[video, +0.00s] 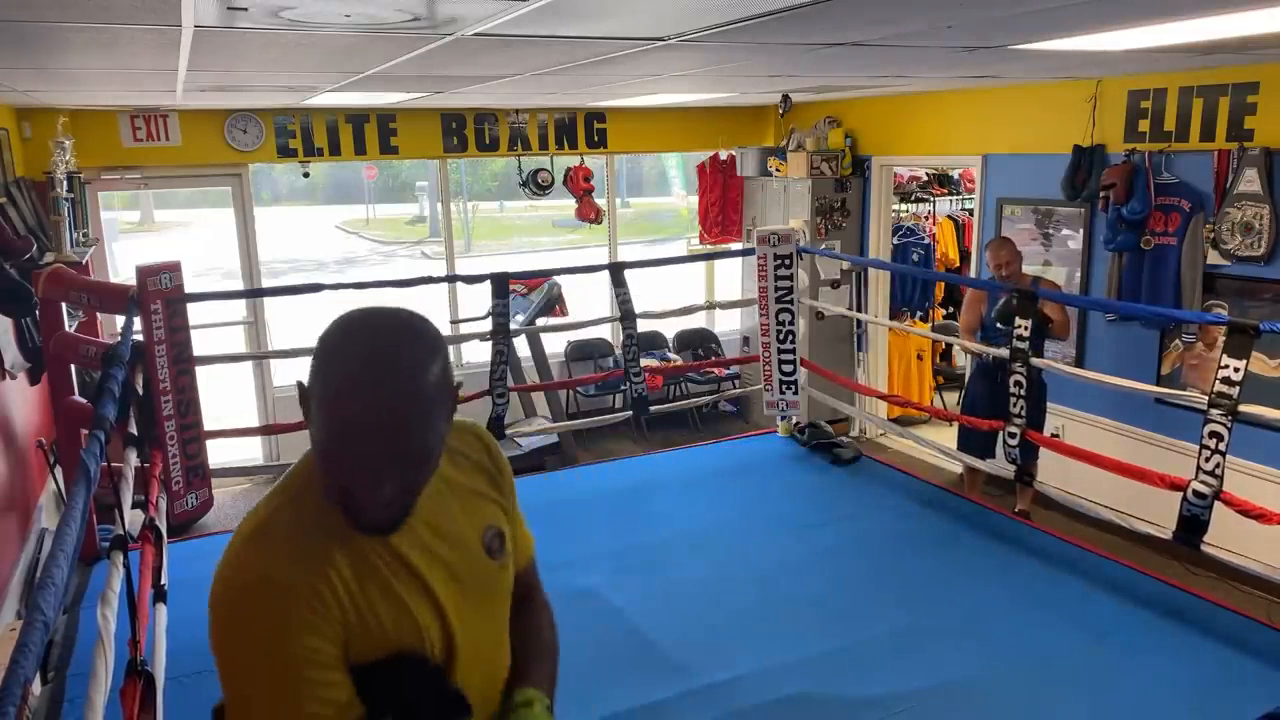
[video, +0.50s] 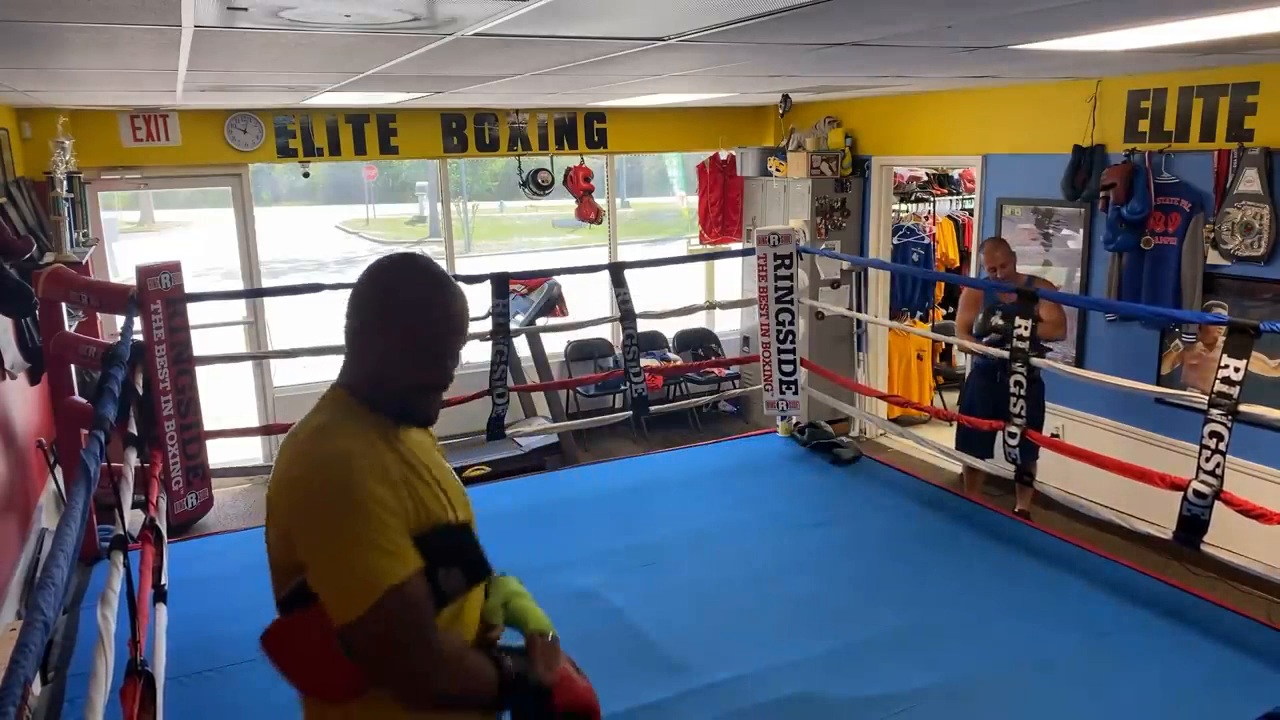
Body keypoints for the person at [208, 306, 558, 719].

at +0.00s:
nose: (377, 500)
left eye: (409, 471)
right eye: (346, 471)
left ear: (451, 411)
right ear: (306, 410)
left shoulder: (477, 457)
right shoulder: (270, 584)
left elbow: (524, 595)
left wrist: (530, 702)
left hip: (496, 699)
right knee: (408, 681)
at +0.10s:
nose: (397, 457)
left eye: (420, 430)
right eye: (368, 433)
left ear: (451, 392)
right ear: (319, 395)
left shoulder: (462, 448)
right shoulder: (284, 550)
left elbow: (509, 571)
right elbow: (326, 706)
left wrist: (523, 676)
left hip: (494, 697)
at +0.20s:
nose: (415, 432)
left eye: (436, 407)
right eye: (389, 411)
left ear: (455, 384)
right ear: (330, 379)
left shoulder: (450, 443)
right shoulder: (298, 522)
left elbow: (494, 559)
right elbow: (342, 706)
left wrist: (522, 667)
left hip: (479, 694)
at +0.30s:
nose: (428, 409)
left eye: (444, 382)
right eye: (398, 391)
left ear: (458, 367)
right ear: (339, 366)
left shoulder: (442, 437)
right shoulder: (311, 505)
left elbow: (476, 545)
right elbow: (359, 703)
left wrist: (523, 644)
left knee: (571, 705)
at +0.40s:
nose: (442, 390)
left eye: (454, 368)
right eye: (416, 369)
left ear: (464, 356)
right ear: (350, 348)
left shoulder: (423, 432)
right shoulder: (322, 481)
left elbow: (462, 562)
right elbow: (389, 688)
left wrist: (519, 631)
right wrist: (507, 698)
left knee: (571, 700)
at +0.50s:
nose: (450, 377)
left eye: (455, 357)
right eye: (437, 357)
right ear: (381, 345)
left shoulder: (393, 429)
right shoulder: (335, 462)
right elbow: (414, 667)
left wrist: (481, 601)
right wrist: (523, 674)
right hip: (388, 706)